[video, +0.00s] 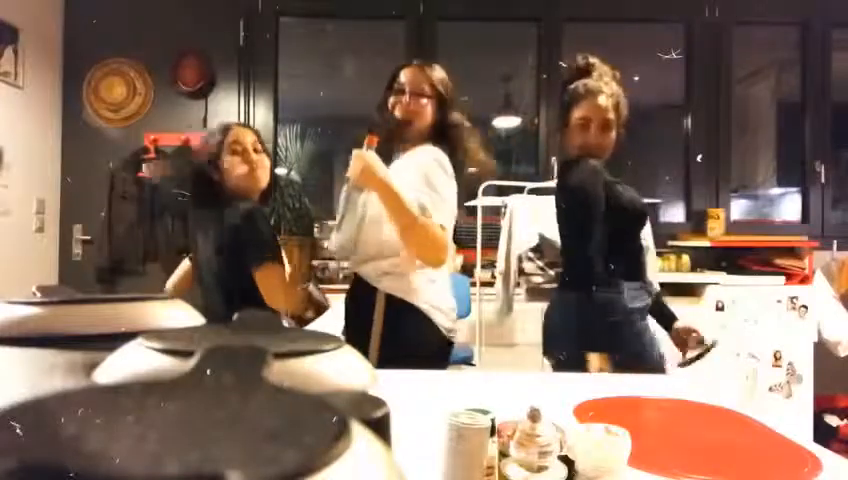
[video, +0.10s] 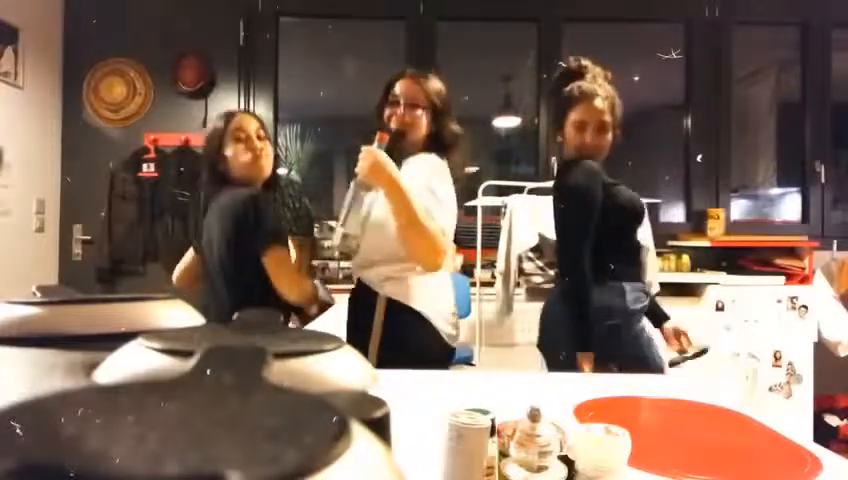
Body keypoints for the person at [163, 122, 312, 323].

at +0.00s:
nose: (252, 159)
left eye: (258, 150)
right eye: (236, 152)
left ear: (268, 158)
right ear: (214, 170)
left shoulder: (211, 216)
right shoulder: (247, 216)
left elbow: (173, 288)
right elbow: (281, 299)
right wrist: (305, 298)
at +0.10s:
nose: (257, 146)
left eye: (261, 137)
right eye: (240, 140)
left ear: (271, 146)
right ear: (220, 158)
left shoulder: (219, 205)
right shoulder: (254, 202)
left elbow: (183, 277)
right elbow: (293, 290)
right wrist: (314, 292)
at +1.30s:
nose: (215, 147)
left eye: (220, 141)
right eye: (202, 138)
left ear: (227, 151)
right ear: (175, 154)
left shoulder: (212, 202)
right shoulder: (180, 200)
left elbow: (267, 248)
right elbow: (158, 275)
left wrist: (250, 193)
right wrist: (234, 298)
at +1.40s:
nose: (212, 144)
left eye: (218, 138)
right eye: (197, 136)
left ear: (225, 153)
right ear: (172, 156)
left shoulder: (213, 202)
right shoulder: (176, 200)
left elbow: (256, 262)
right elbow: (150, 275)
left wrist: (252, 205)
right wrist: (230, 295)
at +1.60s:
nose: (215, 145)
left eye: (220, 139)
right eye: (200, 137)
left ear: (227, 153)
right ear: (176, 158)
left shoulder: (208, 209)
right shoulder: (181, 204)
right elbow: (154, 279)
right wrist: (237, 288)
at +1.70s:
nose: (217, 137)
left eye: (222, 131)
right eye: (202, 130)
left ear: (230, 143)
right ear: (178, 148)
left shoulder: (213, 198)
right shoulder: (184, 194)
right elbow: (162, 269)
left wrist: (258, 274)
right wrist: (242, 280)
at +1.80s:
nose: (218, 144)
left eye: (224, 137)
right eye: (204, 136)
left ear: (233, 150)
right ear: (180, 154)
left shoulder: (215, 206)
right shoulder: (187, 202)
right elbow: (171, 277)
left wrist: (253, 283)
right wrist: (248, 288)